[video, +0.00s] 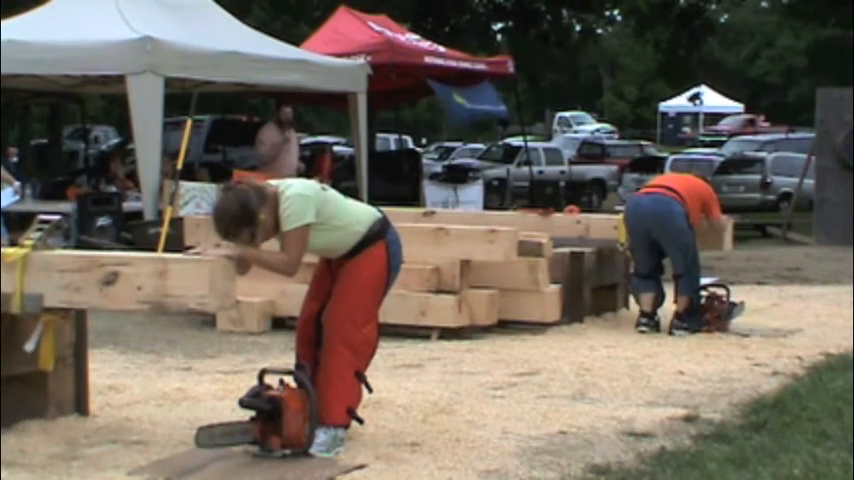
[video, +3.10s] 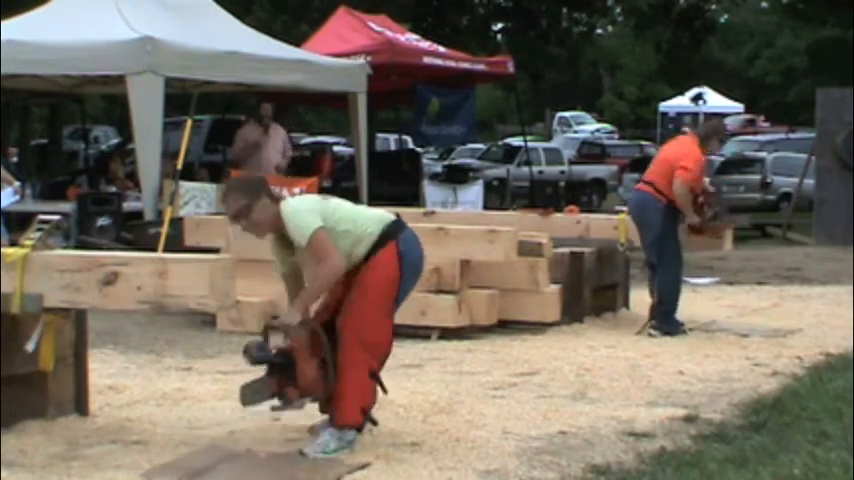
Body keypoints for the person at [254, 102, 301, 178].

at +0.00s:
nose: (287, 116)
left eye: (289, 113)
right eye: (284, 113)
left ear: (292, 115)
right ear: (278, 114)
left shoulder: (292, 133)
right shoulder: (267, 131)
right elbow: (262, 158)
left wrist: (297, 165)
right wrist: (282, 143)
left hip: (288, 177)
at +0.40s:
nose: (277, 114)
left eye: (279, 111)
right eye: (274, 111)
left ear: (282, 113)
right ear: (268, 112)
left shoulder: (283, 132)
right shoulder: (257, 130)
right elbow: (254, 157)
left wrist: (289, 164)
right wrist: (271, 142)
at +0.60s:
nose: (271, 115)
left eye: (273, 112)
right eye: (268, 112)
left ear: (276, 114)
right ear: (261, 113)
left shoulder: (279, 133)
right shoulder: (250, 131)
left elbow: (284, 157)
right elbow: (244, 157)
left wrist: (286, 165)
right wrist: (262, 143)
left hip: (275, 176)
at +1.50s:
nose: (272, 116)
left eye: (274, 112)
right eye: (269, 112)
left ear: (277, 114)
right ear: (262, 113)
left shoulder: (285, 133)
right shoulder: (250, 132)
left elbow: (293, 154)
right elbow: (243, 157)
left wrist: (284, 165)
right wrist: (258, 143)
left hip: (277, 178)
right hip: (253, 177)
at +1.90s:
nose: (279, 122)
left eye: (282, 119)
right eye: (276, 119)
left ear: (286, 118)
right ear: (271, 118)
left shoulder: (295, 133)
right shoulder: (259, 133)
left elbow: (304, 154)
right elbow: (250, 160)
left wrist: (294, 166)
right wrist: (264, 149)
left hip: (287, 180)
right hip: (263, 179)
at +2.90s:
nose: (270, 119)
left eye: (273, 116)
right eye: (268, 116)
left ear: (277, 115)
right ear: (263, 115)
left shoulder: (285, 131)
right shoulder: (251, 130)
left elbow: (294, 152)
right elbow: (241, 155)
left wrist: (287, 164)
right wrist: (257, 146)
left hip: (278, 177)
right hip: (254, 176)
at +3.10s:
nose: (266, 119)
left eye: (268, 116)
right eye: (263, 115)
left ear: (272, 115)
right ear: (257, 114)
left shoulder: (279, 132)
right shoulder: (246, 131)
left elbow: (288, 152)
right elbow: (236, 156)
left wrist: (282, 165)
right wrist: (252, 147)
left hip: (273, 177)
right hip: (249, 177)